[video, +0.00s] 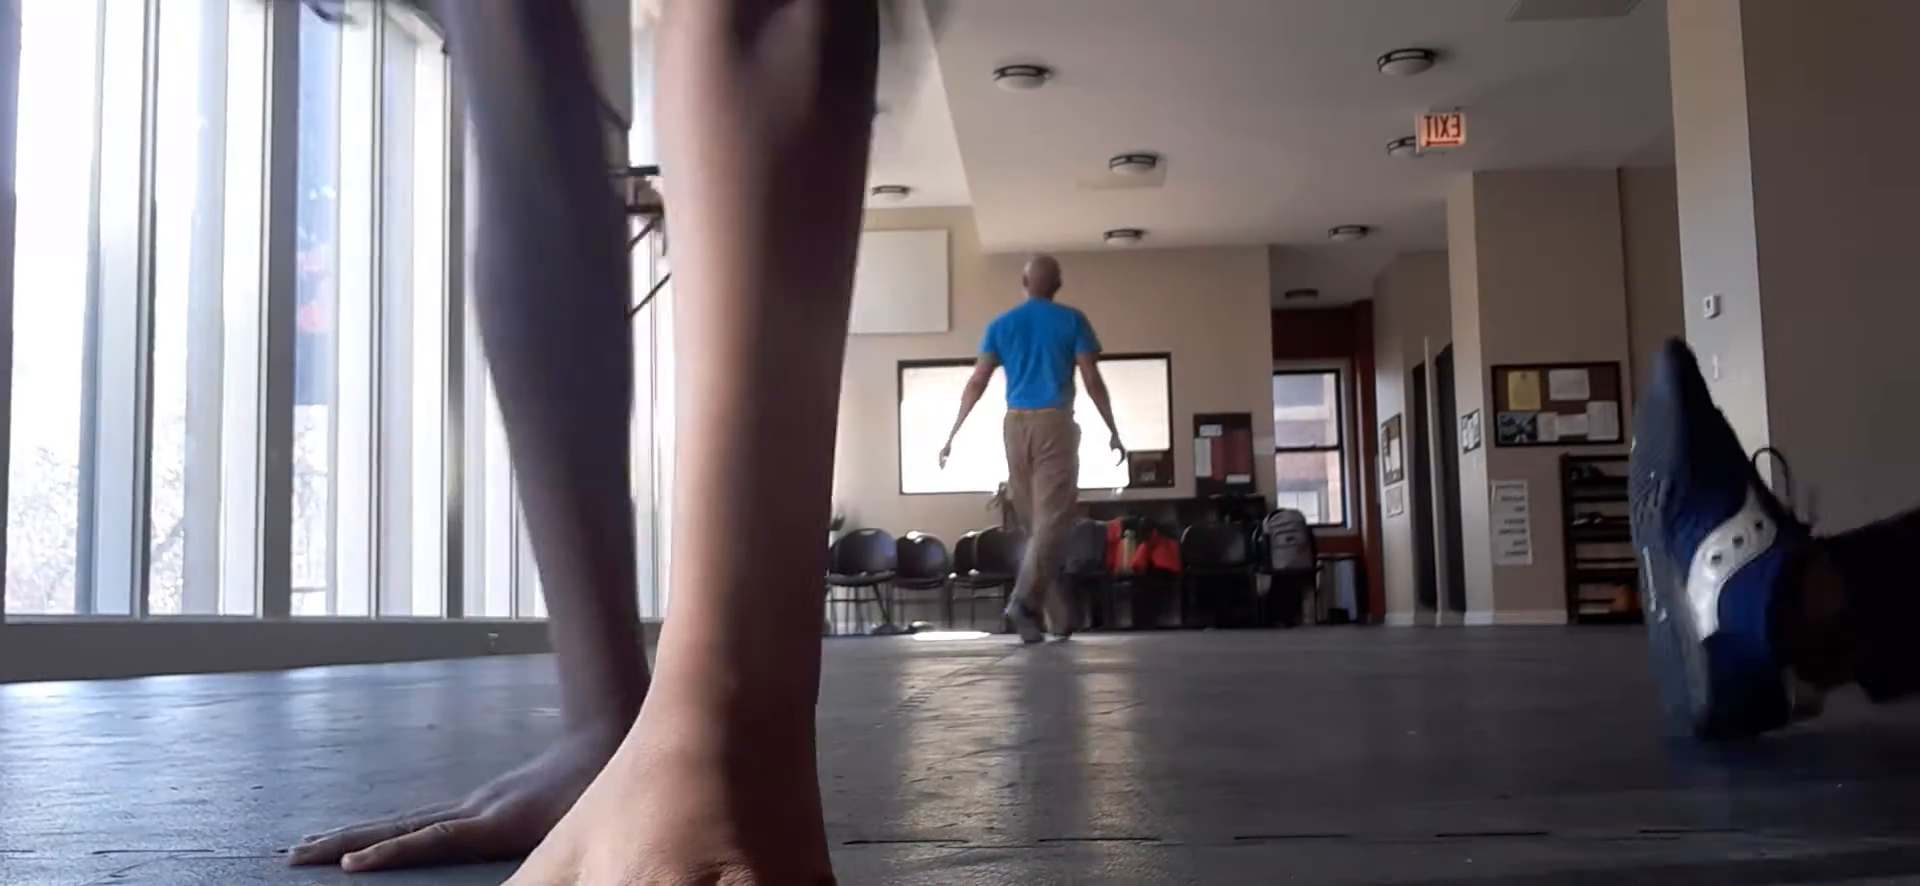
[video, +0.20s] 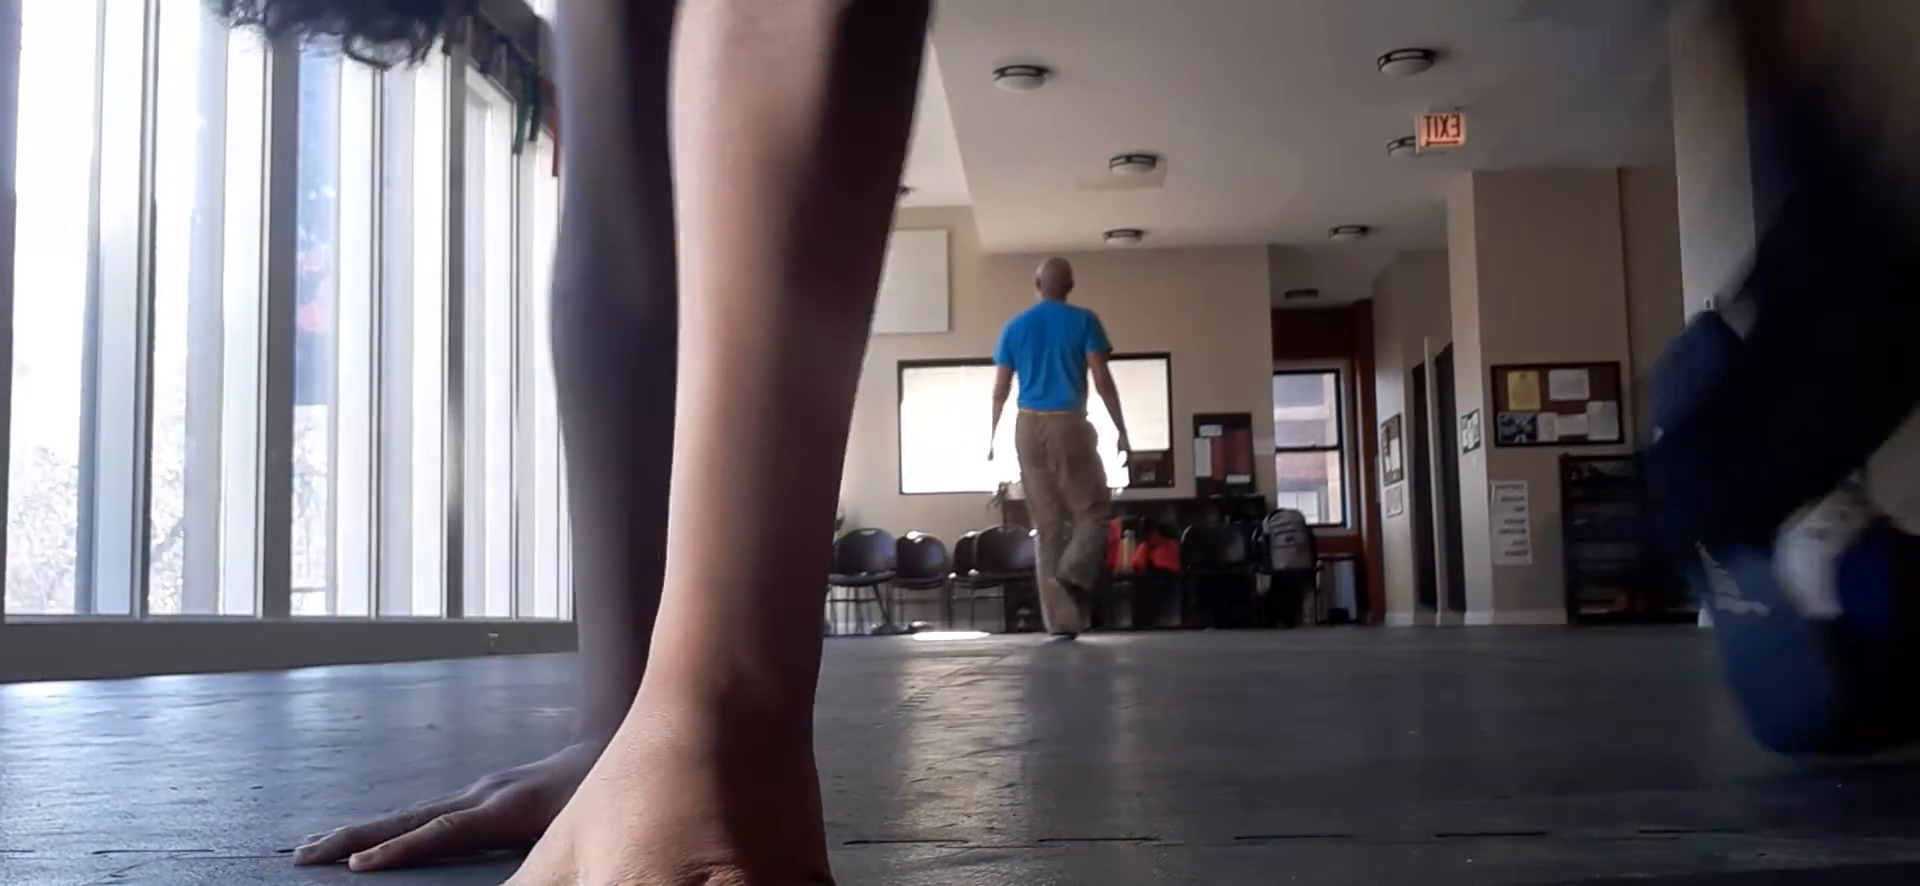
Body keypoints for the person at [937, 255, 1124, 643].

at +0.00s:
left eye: (1028, 277)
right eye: (1056, 280)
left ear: (1024, 283)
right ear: (1057, 286)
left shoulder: (1002, 324)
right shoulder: (1072, 319)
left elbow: (977, 382)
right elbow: (1091, 378)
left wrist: (952, 434)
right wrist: (1112, 429)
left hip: (1014, 426)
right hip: (1055, 425)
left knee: (1033, 521)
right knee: (1051, 516)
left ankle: (1061, 618)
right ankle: (1022, 604)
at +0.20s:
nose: (1059, 288)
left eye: (1043, 281)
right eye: (1067, 284)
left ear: (1037, 286)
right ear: (1071, 287)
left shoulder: (1015, 326)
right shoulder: (1084, 320)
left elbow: (1000, 391)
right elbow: (1102, 380)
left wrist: (992, 437)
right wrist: (1121, 429)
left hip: (1027, 426)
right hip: (1069, 426)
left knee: (1046, 523)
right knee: (1093, 510)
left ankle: (1059, 621)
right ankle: (1072, 578)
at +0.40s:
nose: (1062, 294)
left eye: (1056, 288)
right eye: (1081, 292)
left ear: (1052, 293)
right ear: (1085, 295)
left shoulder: (1031, 331)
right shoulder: (1097, 326)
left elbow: (1024, 393)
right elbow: (1112, 382)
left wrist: (1043, 422)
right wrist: (1134, 435)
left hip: (1043, 427)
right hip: (1087, 427)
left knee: (1054, 524)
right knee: (1104, 519)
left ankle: (1059, 620)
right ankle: (1119, 612)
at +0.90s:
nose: (1115, 308)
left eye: (1109, 301)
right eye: (1131, 304)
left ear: (1105, 305)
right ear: (1137, 307)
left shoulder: (1083, 343)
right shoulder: (1151, 340)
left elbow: (1070, 403)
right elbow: (1170, 394)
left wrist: (1060, 449)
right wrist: (1186, 440)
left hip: (1100, 437)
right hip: (1141, 436)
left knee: (1097, 520)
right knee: (1138, 523)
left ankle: (1091, 593)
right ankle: (1133, 611)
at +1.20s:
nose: (1120, 318)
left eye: (1122, 314)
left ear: (1123, 317)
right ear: (1152, 323)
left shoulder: (1102, 354)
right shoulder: (1163, 354)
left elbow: (1084, 408)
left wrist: (1065, 456)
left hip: (1116, 443)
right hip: (1155, 442)